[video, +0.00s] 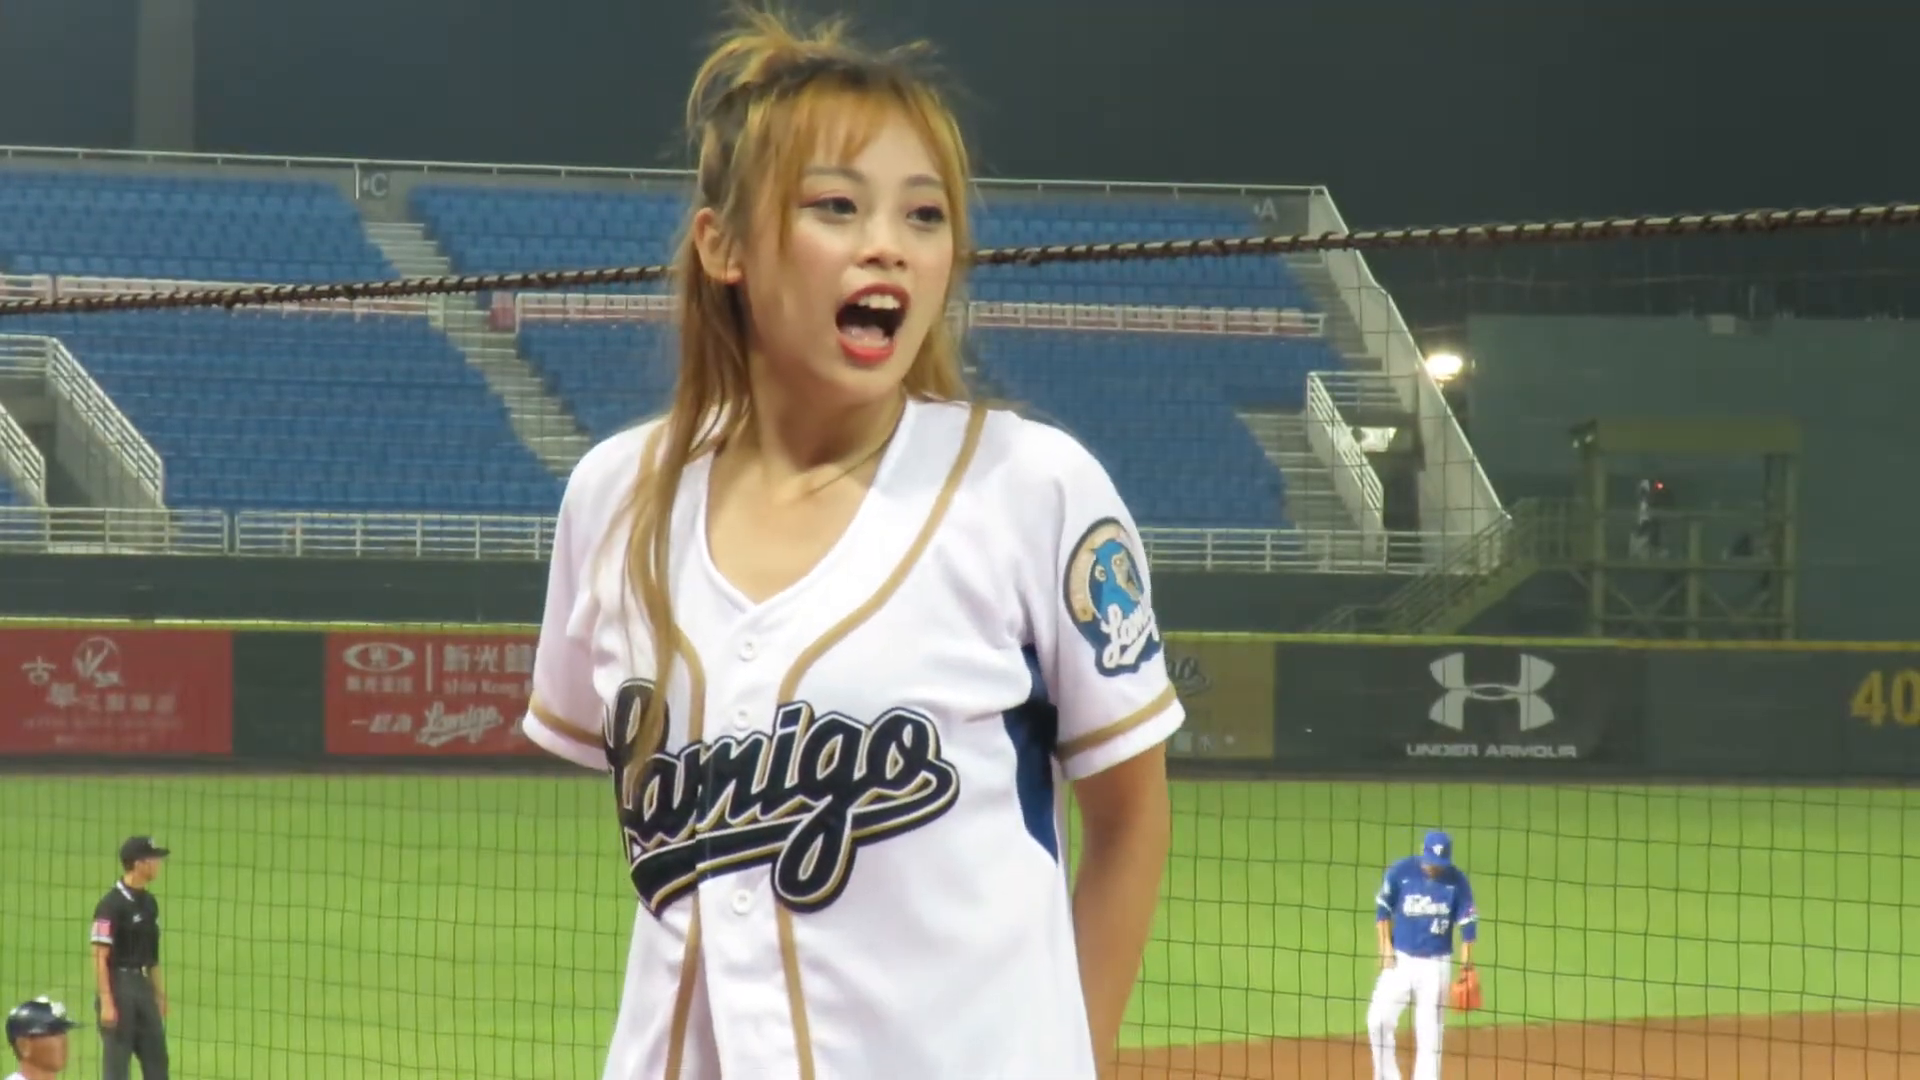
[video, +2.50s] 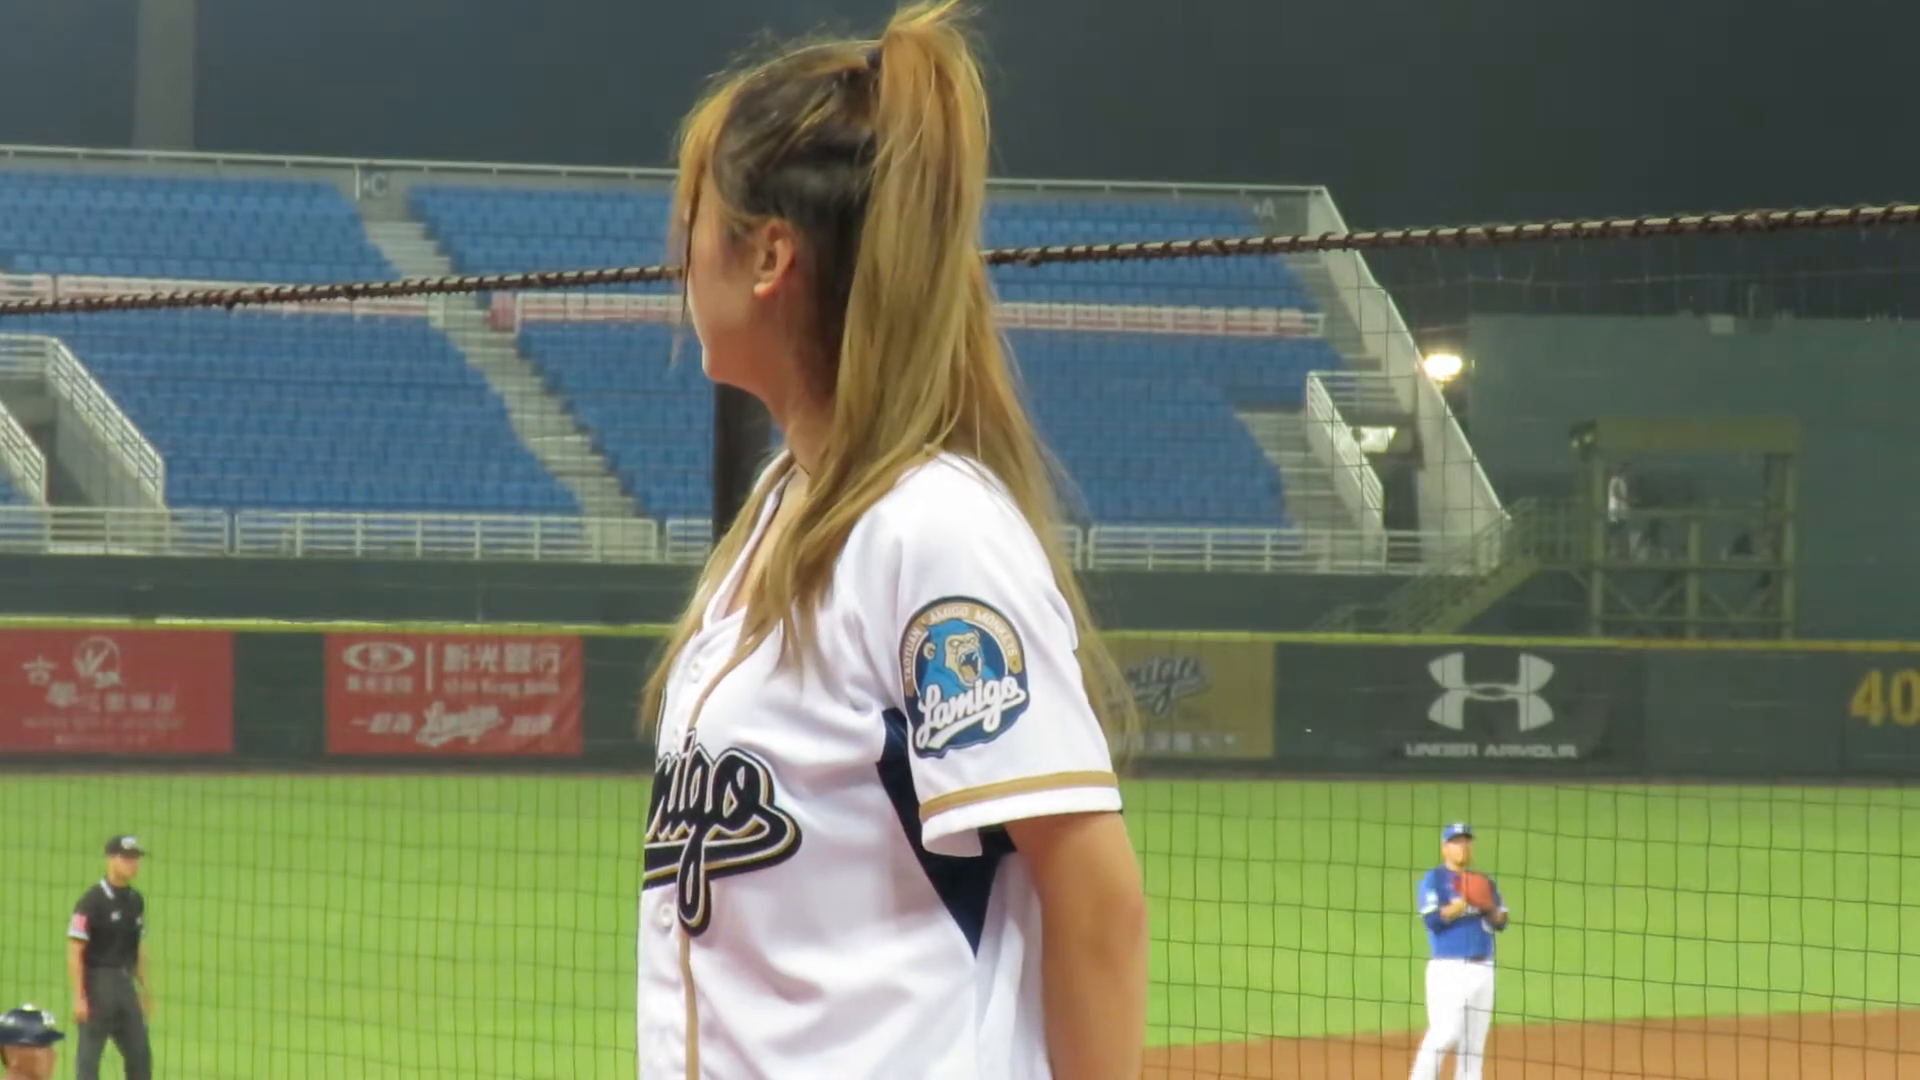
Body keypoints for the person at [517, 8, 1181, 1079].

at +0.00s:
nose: (885, 252)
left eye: (921, 215)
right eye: (833, 208)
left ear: (956, 260)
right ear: (724, 247)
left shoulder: (1039, 490)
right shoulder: (616, 496)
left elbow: (1127, 827)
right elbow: (656, 812)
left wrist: (1066, 1055)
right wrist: (763, 1029)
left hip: (984, 1054)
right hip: (689, 1053)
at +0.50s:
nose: (860, 250)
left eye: (900, 212)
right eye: (806, 207)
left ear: (938, 258)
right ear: (714, 253)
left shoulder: (1040, 507)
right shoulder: (626, 513)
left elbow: (1134, 848)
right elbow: (662, 838)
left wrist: (1090, 1064)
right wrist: (767, 1041)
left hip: (989, 1055)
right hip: (701, 1055)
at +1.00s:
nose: (680, 253)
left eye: (701, 218)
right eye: (692, 217)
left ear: (797, 259)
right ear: (796, 261)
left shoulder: (979, 529)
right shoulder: (726, 502)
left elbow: (1122, 884)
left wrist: (1086, 1075)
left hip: (908, 1059)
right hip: (679, 1057)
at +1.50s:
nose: (670, 256)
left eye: (685, 221)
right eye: (679, 220)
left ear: (759, 257)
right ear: (761, 256)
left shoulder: (922, 518)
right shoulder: (767, 503)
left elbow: (1089, 881)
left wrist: (1084, 1070)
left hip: (880, 1056)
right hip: (720, 1050)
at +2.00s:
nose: (674, 257)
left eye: (687, 222)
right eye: (682, 220)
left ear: (759, 262)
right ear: (763, 260)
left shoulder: (929, 522)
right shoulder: (770, 503)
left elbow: (1093, 886)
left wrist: (1085, 1070)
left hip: (882, 1056)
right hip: (716, 1051)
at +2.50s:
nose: (682, 258)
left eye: (695, 224)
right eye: (689, 222)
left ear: (770, 259)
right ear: (773, 258)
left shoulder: (938, 527)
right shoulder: (780, 506)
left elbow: (1098, 897)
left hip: (883, 1055)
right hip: (718, 1051)